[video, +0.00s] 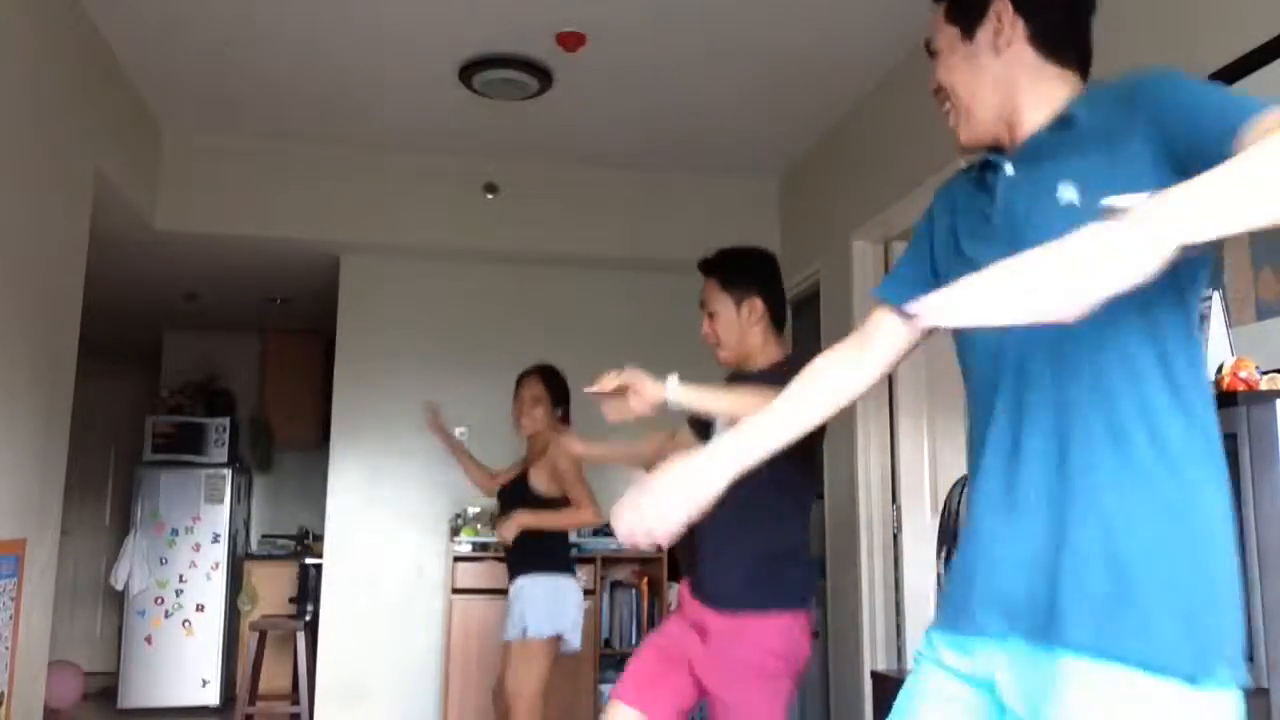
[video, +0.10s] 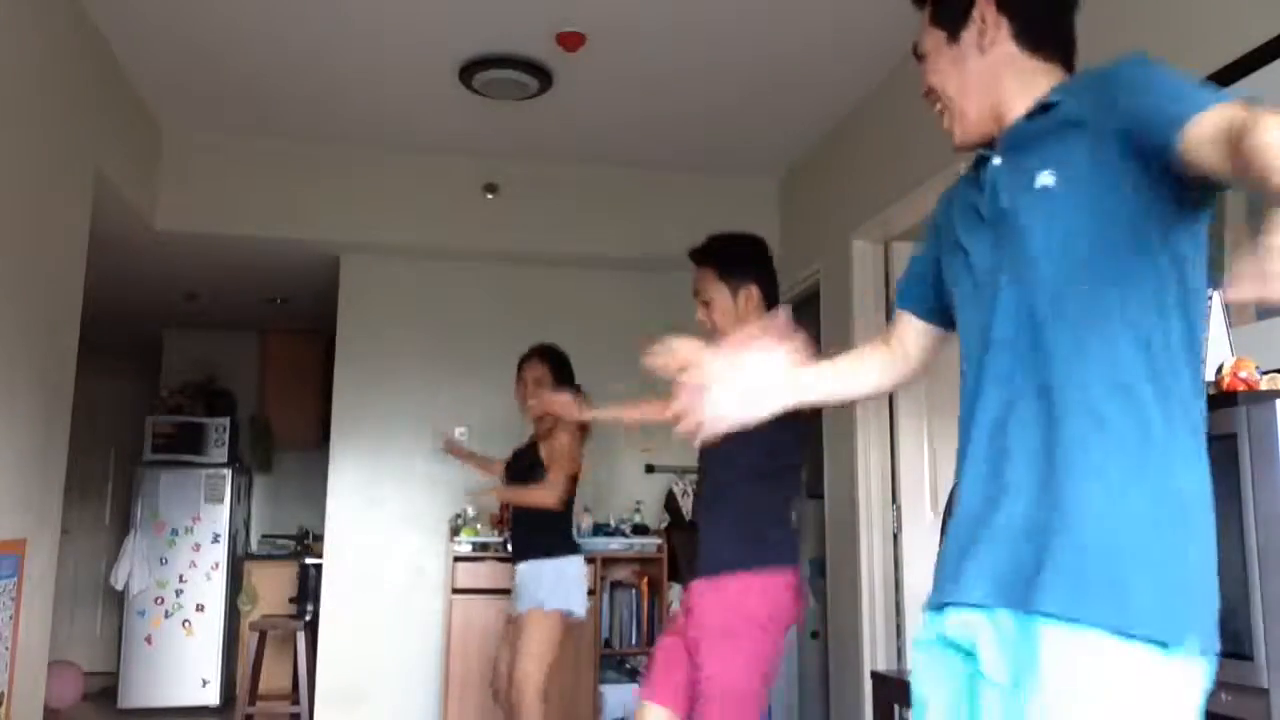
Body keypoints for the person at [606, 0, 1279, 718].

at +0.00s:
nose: (933, 82)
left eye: (939, 52)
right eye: (931, 61)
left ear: (1003, 26)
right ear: (992, 36)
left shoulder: (1152, 108)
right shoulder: (957, 206)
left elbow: (1277, 142)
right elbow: (864, 352)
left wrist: (1143, 233)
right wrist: (705, 470)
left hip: (1149, 622)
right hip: (986, 617)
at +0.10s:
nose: (923, 84)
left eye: (927, 53)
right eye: (920, 61)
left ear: (986, 26)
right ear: (985, 31)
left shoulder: (1122, 95)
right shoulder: (963, 206)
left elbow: (1248, 134)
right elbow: (893, 355)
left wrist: (1262, 254)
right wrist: (777, 379)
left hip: (1121, 591)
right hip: (976, 586)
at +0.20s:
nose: (908, 125)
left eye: (909, 93)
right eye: (904, 101)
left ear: (967, 68)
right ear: (967, 72)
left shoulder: (1101, 137)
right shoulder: (969, 235)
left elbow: (1210, 195)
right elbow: (924, 406)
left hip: (1098, 614)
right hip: (978, 609)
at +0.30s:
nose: (902, 143)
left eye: (902, 113)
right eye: (896, 119)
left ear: (960, 86)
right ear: (959, 91)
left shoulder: (1102, 158)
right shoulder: (975, 256)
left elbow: (1229, 208)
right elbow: (915, 421)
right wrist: (890, 343)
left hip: (1097, 614)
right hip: (999, 611)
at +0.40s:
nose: (910, 117)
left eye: (915, 84)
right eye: (904, 95)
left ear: (987, 46)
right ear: (983, 53)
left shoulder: (1127, 115)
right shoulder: (965, 212)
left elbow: (1258, 135)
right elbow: (895, 366)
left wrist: (1267, 187)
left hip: (1111, 592)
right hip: (995, 591)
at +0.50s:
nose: (932, 86)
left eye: (941, 54)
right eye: (927, 66)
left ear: (1022, 22)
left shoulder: (1150, 90)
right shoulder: (965, 179)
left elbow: (1277, 115)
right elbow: (877, 323)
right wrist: (725, 442)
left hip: (1121, 573)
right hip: (994, 572)